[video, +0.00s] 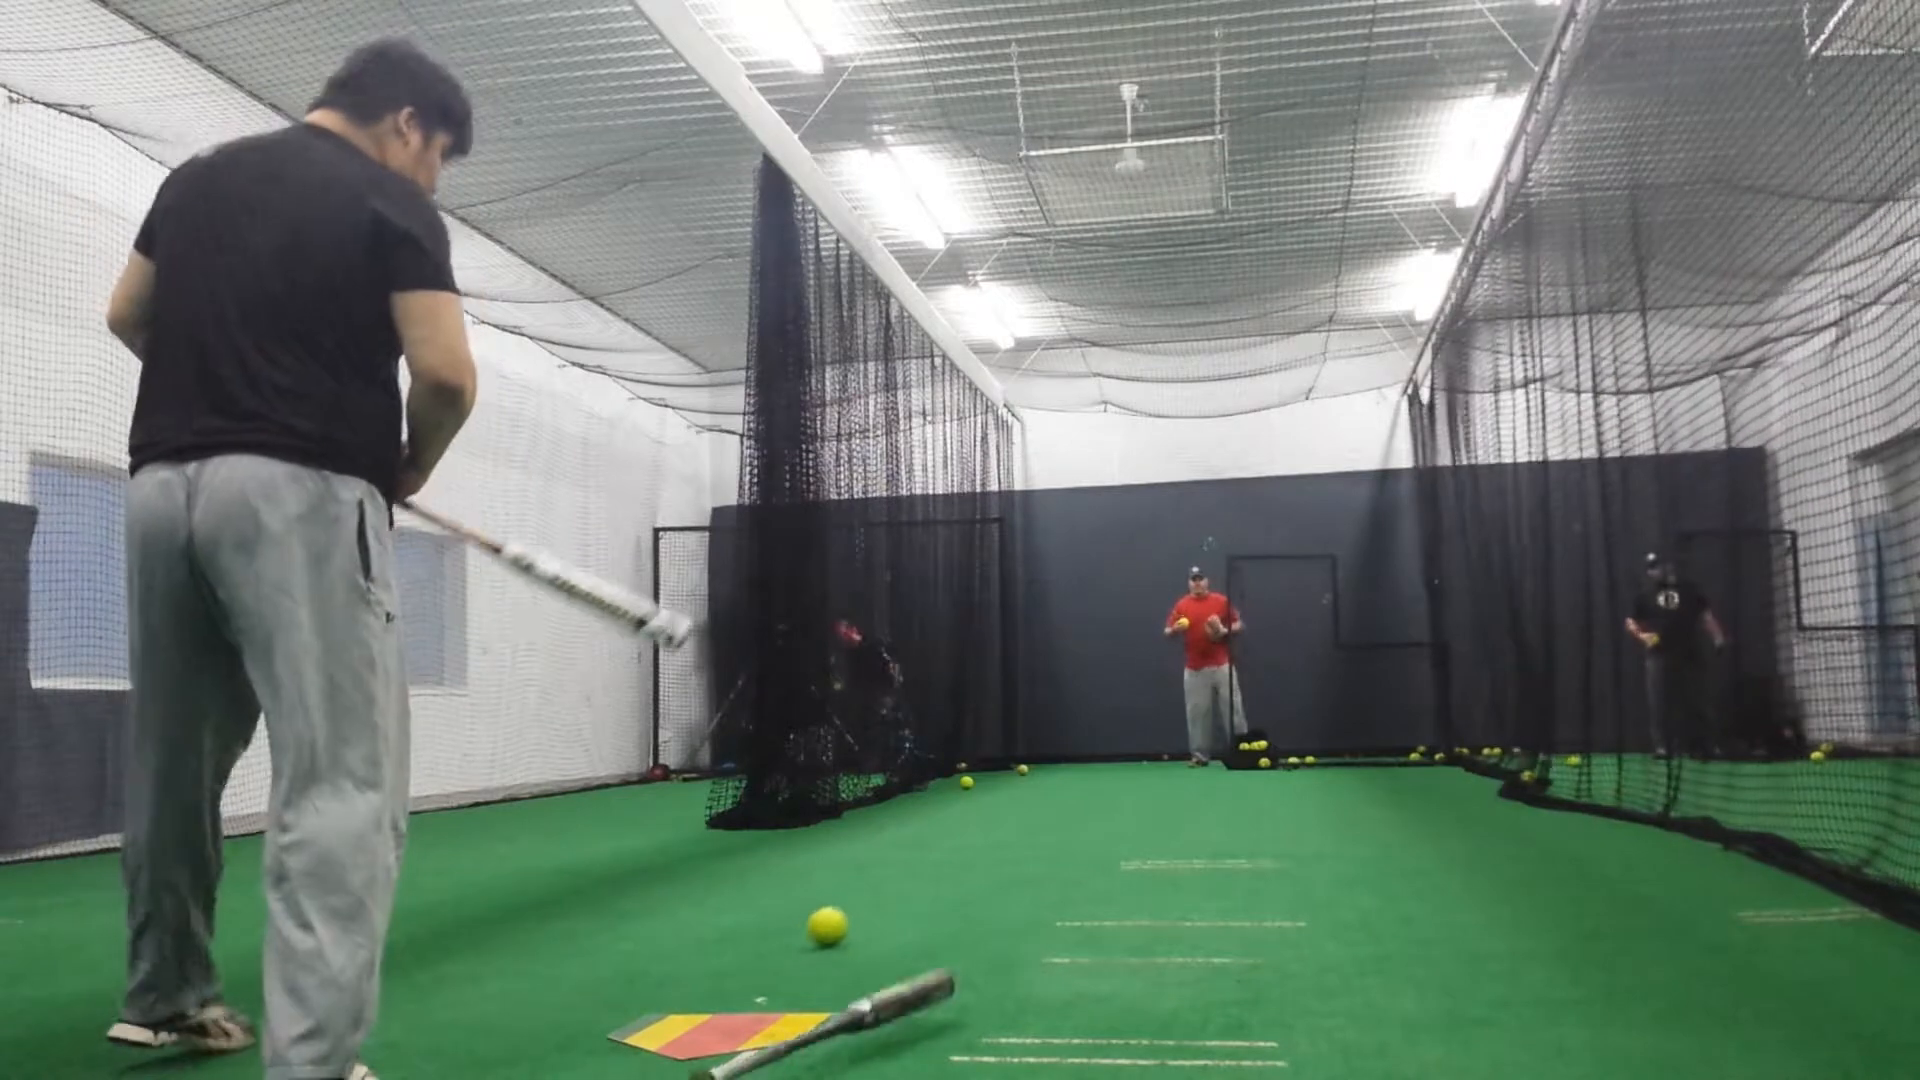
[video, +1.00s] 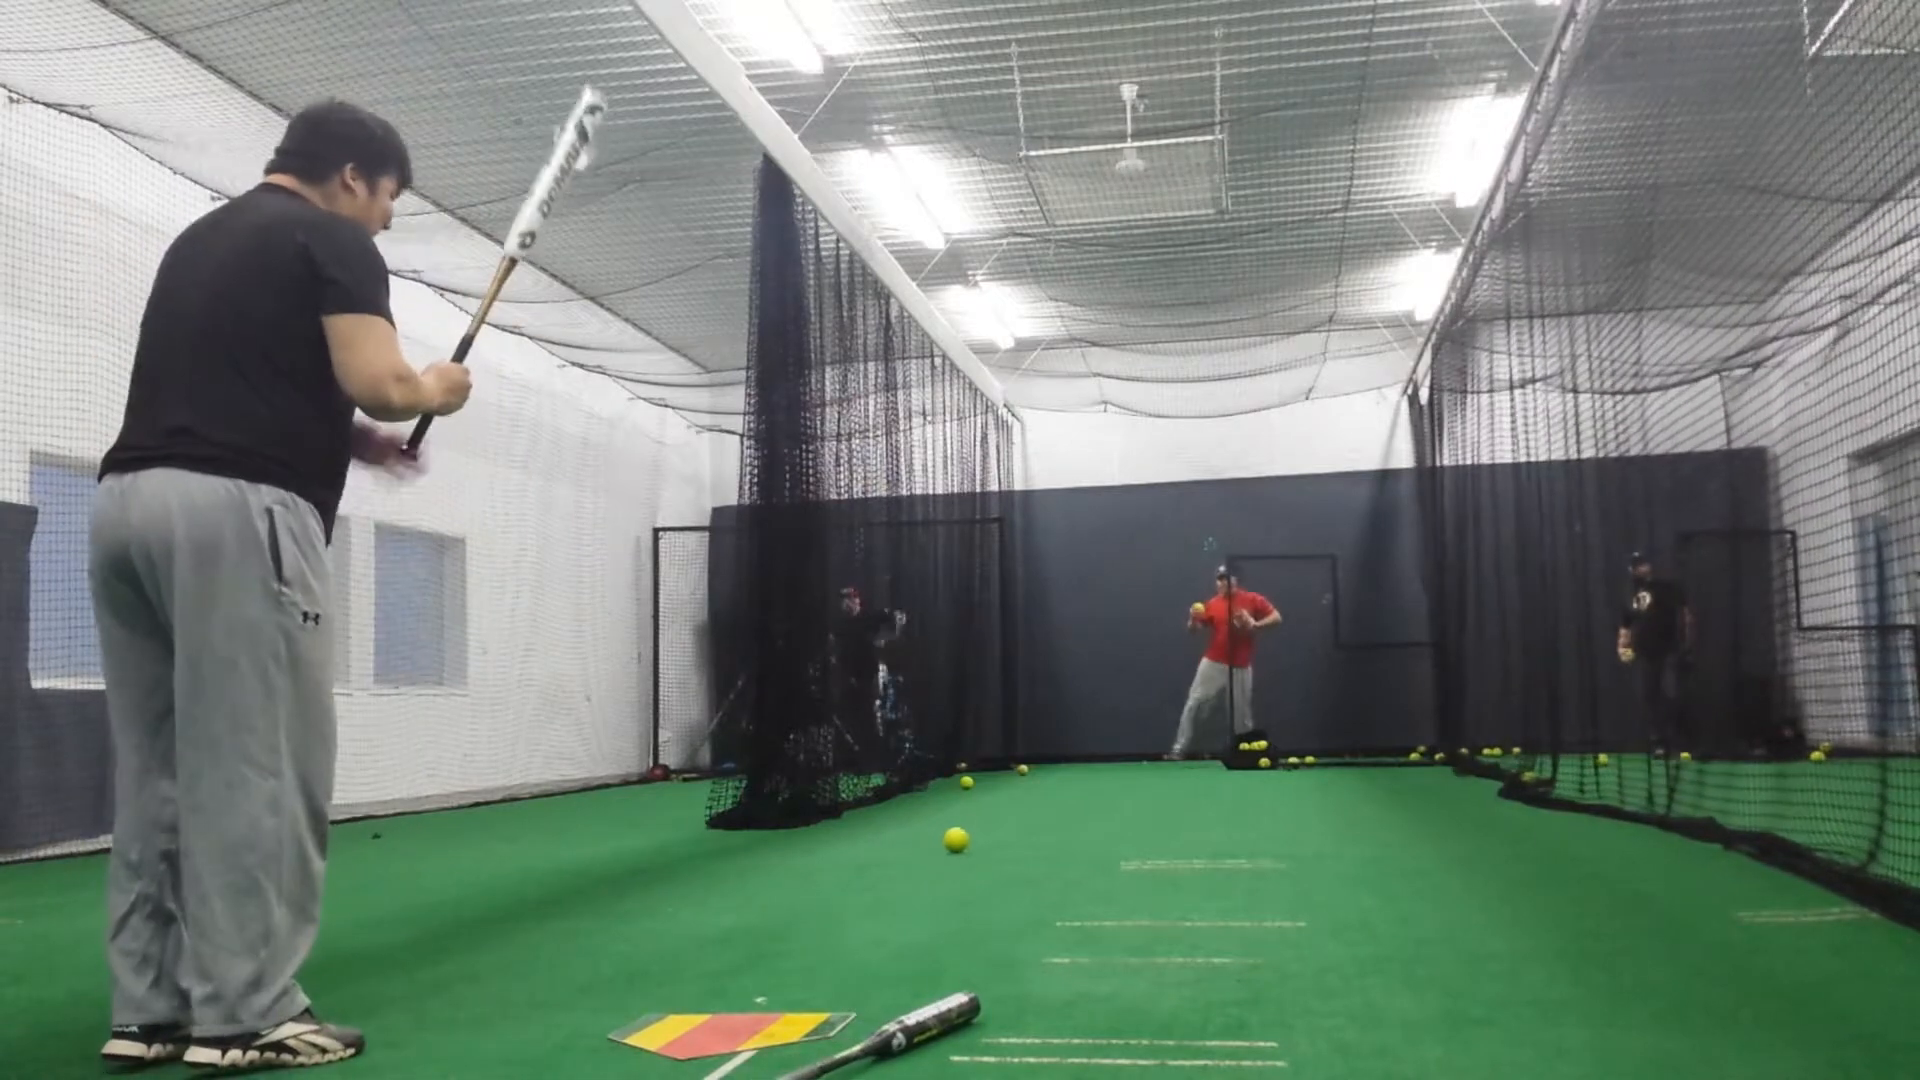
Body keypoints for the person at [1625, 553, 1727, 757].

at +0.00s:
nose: (1659, 573)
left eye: (1662, 567)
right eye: (1654, 569)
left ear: (1670, 568)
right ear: (1648, 573)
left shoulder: (1687, 590)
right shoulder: (1645, 596)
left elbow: (1706, 615)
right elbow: (1631, 622)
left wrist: (1717, 635)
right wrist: (1643, 636)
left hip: (1688, 650)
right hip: (1659, 654)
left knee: (1694, 697)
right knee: (1659, 700)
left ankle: (1700, 744)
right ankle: (1661, 744)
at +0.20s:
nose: (1647, 571)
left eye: (1651, 565)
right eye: (1644, 567)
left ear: (1661, 566)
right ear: (1641, 571)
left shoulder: (1679, 587)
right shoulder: (1638, 592)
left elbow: (1695, 613)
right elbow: (1622, 620)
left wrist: (1690, 637)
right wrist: (1638, 636)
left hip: (1680, 647)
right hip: (1654, 650)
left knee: (1686, 694)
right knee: (1655, 698)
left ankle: (1693, 743)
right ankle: (1660, 744)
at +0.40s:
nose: (1648, 570)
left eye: (1650, 565)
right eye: (1643, 566)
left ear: (1658, 565)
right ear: (1638, 570)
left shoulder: (1673, 587)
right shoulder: (1634, 592)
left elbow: (1690, 613)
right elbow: (1620, 621)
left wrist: (1680, 632)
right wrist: (1633, 637)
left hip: (1673, 645)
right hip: (1649, 647)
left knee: (1680, 693)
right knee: (1653, 697)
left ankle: (1686, 742)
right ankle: (1660, 744)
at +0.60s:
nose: (1645, 570)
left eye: (1648, 564)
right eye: (1641, 566)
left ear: (1655, 565)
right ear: (1635, 570)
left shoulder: (1671, 588)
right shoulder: (1631, 594)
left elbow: (1687, 615)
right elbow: (1618, 622)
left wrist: (1681, 640)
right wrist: (1628, 639)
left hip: (1672, 649)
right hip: (1647, 652)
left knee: (1680, 696)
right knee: (1654, 699)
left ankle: (1692, 744)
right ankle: (1659, 744)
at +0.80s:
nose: (1644, 571)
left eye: (1647, 565)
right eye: (1639, 566)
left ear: (1654, 565)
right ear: (1632, 570)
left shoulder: (1671, 588)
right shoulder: (1629, 594)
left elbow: (1687, 615)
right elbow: (1621, 623)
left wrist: (1688, 640)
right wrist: (1624, 643)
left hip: (1673, 649)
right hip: (1646, 652)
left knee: (1679, 696)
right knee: (1652, 699)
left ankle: (1690, 744)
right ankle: (1658, 745)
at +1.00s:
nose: (1640, 571)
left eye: (1644, 566)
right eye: (1636, 567)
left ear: (1652, 567)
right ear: (1631, 570)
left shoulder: (1669, 589)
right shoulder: (1631, 594)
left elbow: (1686, 616)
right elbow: (1626, 625)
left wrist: (1687, 643)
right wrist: (1623, 646)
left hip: (1670, 648)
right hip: (1646, 651)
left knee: (1672, 694)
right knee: (1648, 695)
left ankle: (1680, 743)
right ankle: (1657, 743)